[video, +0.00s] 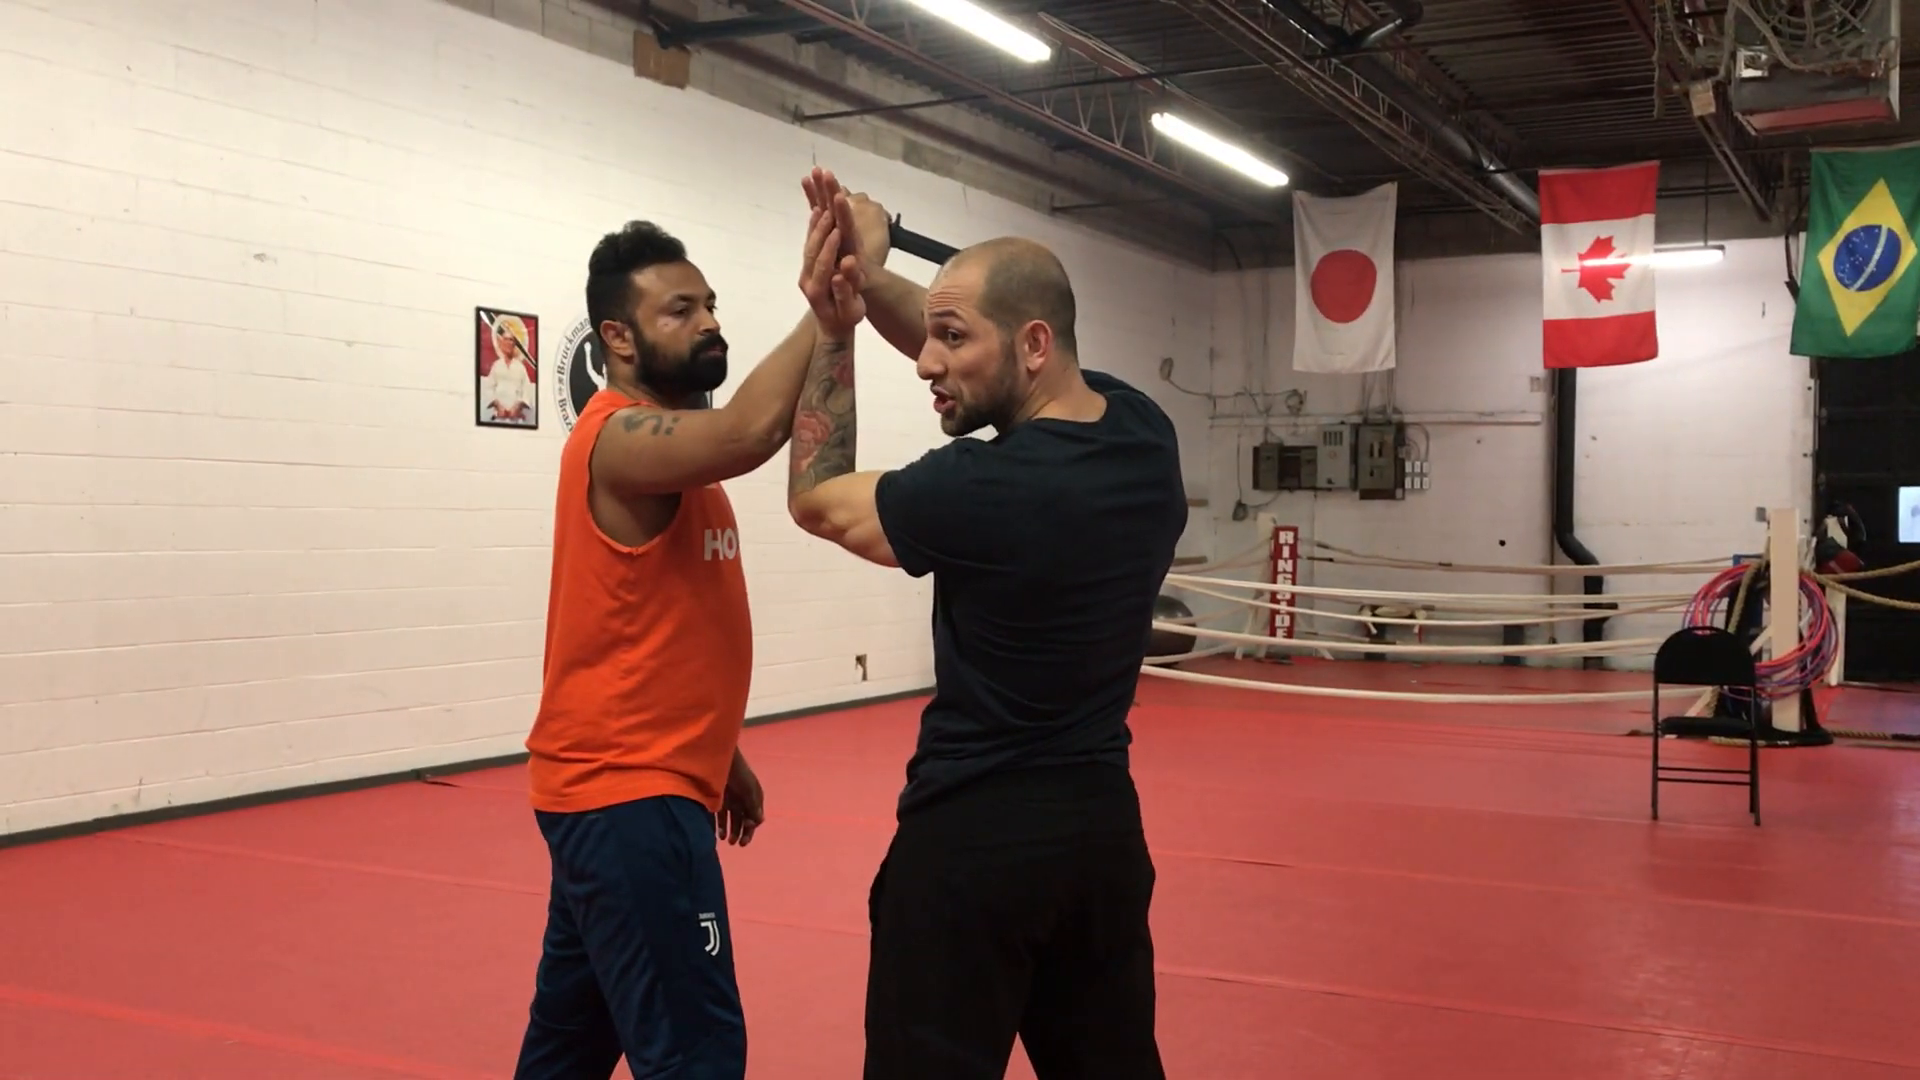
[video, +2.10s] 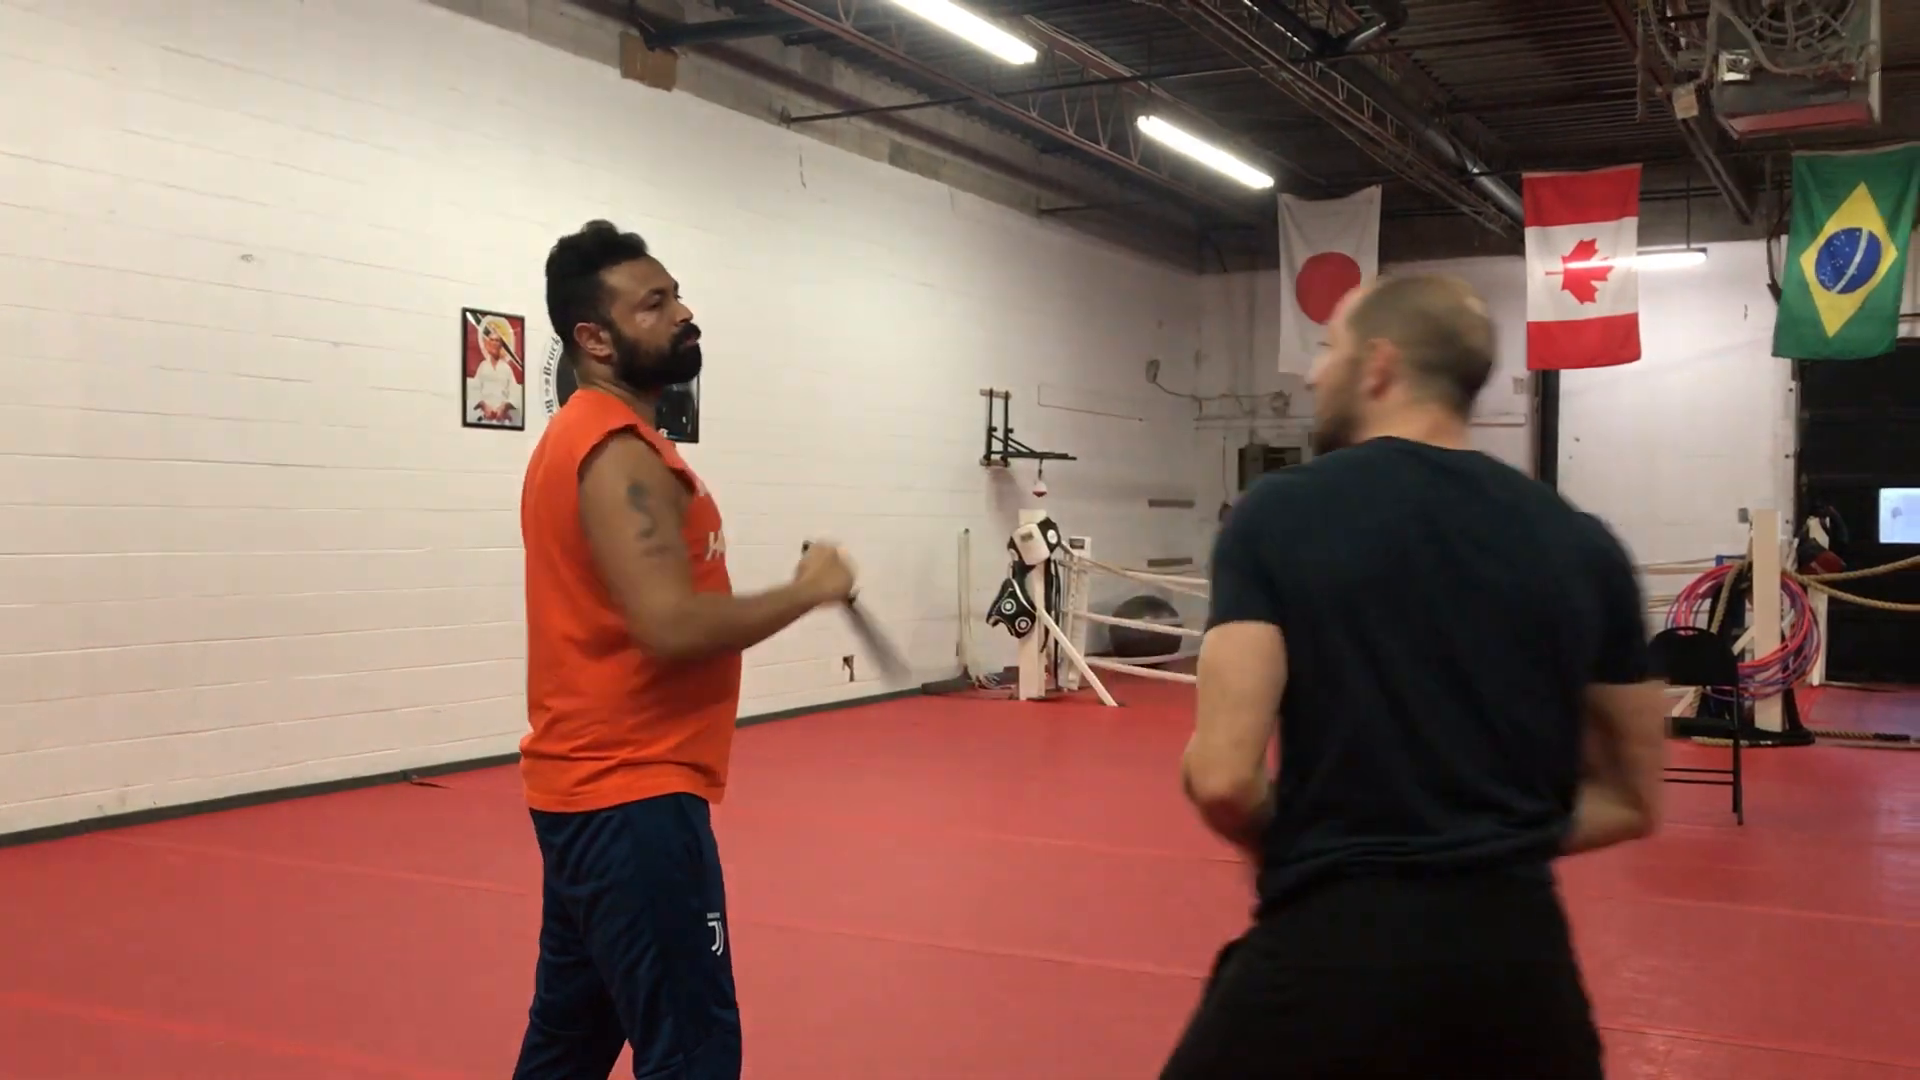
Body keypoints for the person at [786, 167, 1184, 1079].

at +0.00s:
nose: (930, 364)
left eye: (953, 337)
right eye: (930, 339)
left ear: (1032, 345)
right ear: (1036, 349)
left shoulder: (981, 490)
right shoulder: (1145, 436)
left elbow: (820, 500)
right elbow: (960, 349)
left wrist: (833, 320)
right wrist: (869, 272)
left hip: (964, 846)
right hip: (1100, 835)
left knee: (924, 1063)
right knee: (1115, 1068)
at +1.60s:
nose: (950, 312)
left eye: (956, 291)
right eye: (952, 291)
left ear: (995, 305)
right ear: (1090, 299)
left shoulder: (961, 451)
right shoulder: (1185, 430)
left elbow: (829, 556)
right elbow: (1057, 432)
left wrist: (862, 408)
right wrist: (934, 373)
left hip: (1029, 859)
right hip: (1183, 838)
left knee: (981, 1064)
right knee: (1243, 1068)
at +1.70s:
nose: (1009, 309)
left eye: (1014, 289)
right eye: (1011, 289)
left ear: (1051, 303)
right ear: (1147, 302)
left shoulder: (1002, 465)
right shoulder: (1240, 445)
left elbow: (872, 612)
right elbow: (1120, 528)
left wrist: (891, 471)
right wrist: (983, 430)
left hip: (1061, 874)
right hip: (1222, 858)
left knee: (1001, 1066)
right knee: (1303, 1069)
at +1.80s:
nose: (1076, 317)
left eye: (1082, 297)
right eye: (1079, 296)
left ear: (1123, 314)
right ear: (1217, 313)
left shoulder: (1071, 477)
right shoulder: (1312, 467)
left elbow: (947, 689)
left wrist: (942, 574)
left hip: (1109, 895)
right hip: (1282, 886)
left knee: (1032, 1065)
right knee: (1365, 1069)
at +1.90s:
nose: (1153, 338)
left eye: (1162, 317)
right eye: (1157, 317)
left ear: (1207, 337)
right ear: (1304, 340)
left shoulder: (1151, 500)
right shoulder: (1406, 505)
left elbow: (1069, 759)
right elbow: (1397, 699)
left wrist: (1021, 695)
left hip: (1181, 937)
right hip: (1359, 930)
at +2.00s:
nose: (1239, 363)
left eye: (1255, 339)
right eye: (1247, 339)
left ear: (1305, 364)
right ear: (1394, 370)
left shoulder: (1229, 518)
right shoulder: (1506, 535)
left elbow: (1189, 798)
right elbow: (1527, 782)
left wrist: (1150, 806)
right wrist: (1399, 790)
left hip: (1260, 965)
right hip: (1452, 958)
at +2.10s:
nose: (1313, 373)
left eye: (1328, 349)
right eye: (1320, 349)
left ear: (1378, 367)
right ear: (1468, 385)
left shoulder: (1279, 514)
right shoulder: (1579, 543)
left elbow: (1219, 777)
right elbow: (1631, 801)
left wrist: (1308, 842)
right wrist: (1479, 832)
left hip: (1316, 973)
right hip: (1521, 976)